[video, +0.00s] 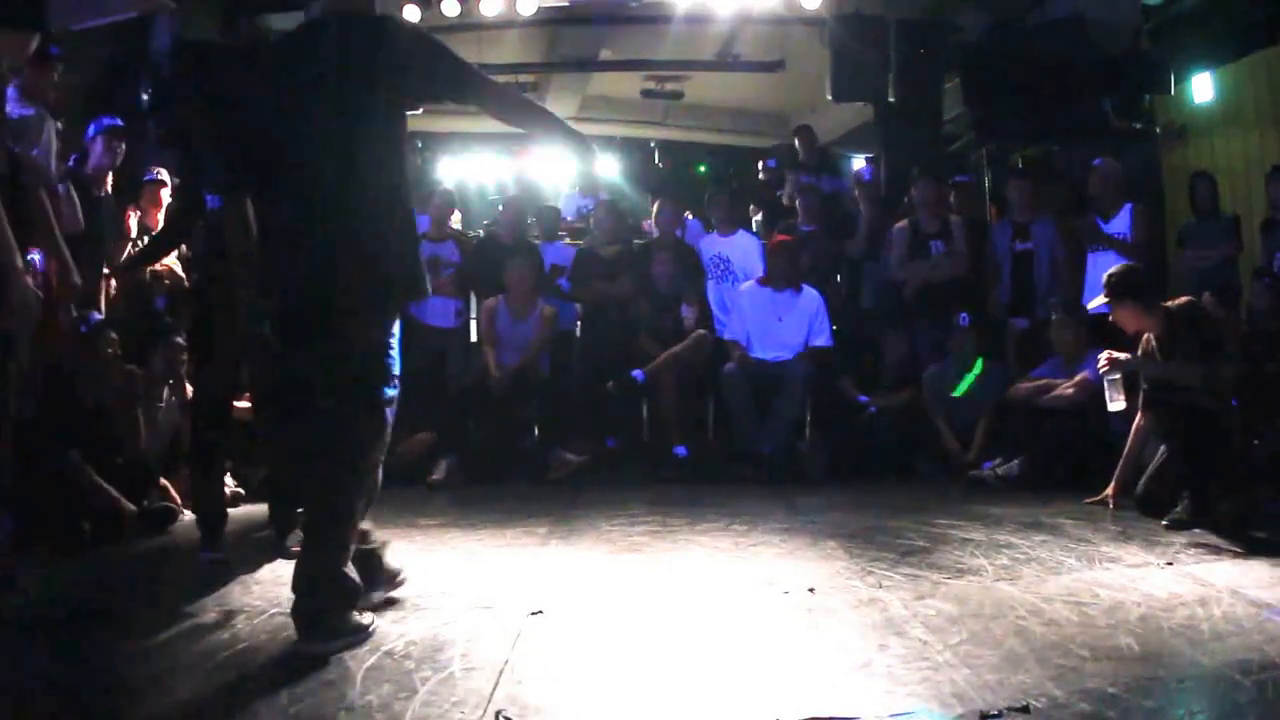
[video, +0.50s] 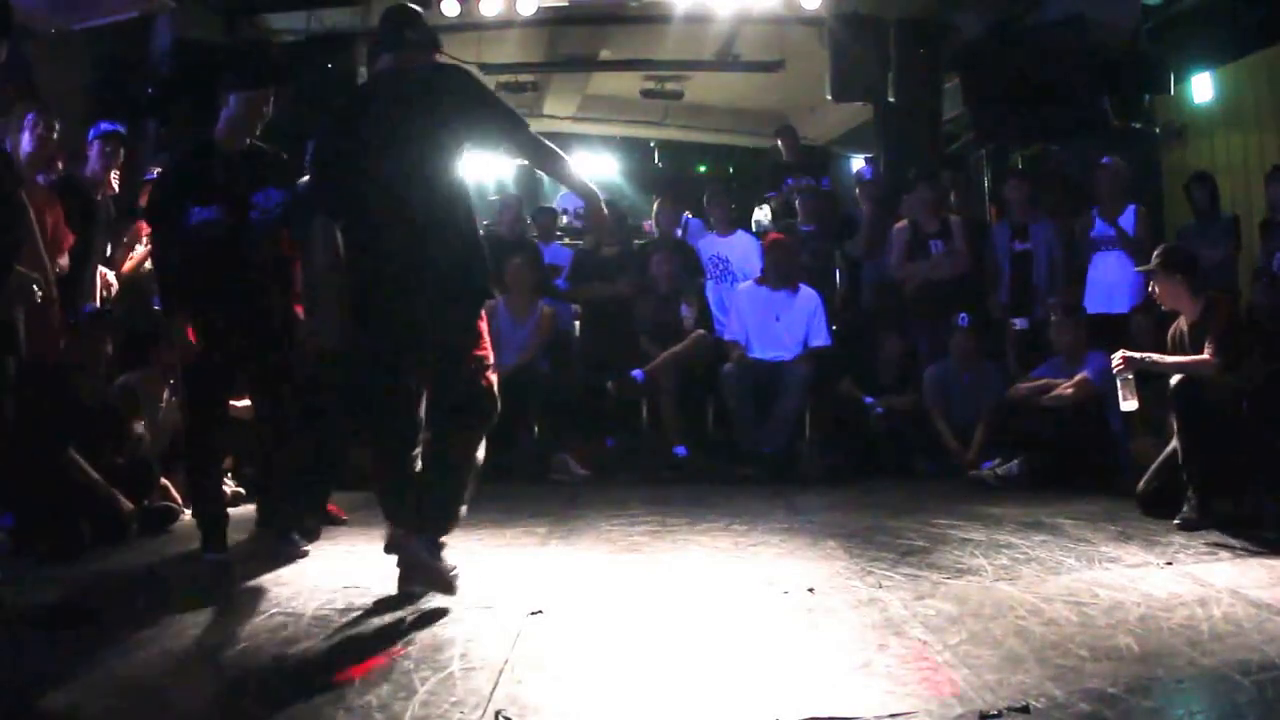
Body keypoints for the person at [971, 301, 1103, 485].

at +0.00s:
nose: (1057, 335)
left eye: (1065, 329)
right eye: (1055, 329)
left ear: (1080, 332)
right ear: (1050, 333)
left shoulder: (1097, 360)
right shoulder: (1057, 363)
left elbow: (1073, 394)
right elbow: (1014, 393)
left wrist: (1032, 401)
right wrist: (1054, 384)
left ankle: (1025, 461)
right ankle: (1006, 457)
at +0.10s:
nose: (1056, 335)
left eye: (1063, 329)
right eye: (1054, 329)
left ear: (1080, 331)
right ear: (1051, 333)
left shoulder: (1098, 360)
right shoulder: (1056, 363)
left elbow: (1073, 393)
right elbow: (1014, 392)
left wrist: (1033, 400)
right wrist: (1056, 384)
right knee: (1000, 409)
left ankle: (1019, 464)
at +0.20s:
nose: (1054, 335)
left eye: (1062, 329)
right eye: (1053, 329)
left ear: (1079, 332)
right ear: (1051, 332)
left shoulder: (1099, 360)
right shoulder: (1056, 363)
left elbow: (1073, 393)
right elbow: (1013, 393)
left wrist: (1034, 400)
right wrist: (1056, 384)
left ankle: (1025, 462)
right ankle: (1004, 459)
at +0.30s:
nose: (1054, 334)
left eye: (1062, 327)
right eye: (1052, 327)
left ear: (1079, 331)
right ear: (1050, 331)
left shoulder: (1098, 360)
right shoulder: (1054, 363)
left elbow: (1072, 394)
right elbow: (1013, 393)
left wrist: (1034, 400)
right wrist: (1054, 384)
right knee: (1005, 407)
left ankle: (1024, 463)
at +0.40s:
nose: (1054, 333)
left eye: (1060, 327)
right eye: (1052, 327)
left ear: (1078, 330)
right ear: (1051, 331)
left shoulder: (1097, 361)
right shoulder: (1055, 363)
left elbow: (1070, 394)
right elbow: (1014, 393)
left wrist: (1036, 399)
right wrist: (1054, 384)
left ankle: (1023, 464)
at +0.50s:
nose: (1055, 334)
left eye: (1062, 328)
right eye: (1053, 328)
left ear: (1078, 329)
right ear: (1050, 332)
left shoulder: (1097, 361)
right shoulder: (1055, 364)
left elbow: (1070, 394)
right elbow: (1013, 393)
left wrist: (1036, 400)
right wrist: (1056, 383)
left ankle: (1021, 465)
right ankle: (1002, 461)